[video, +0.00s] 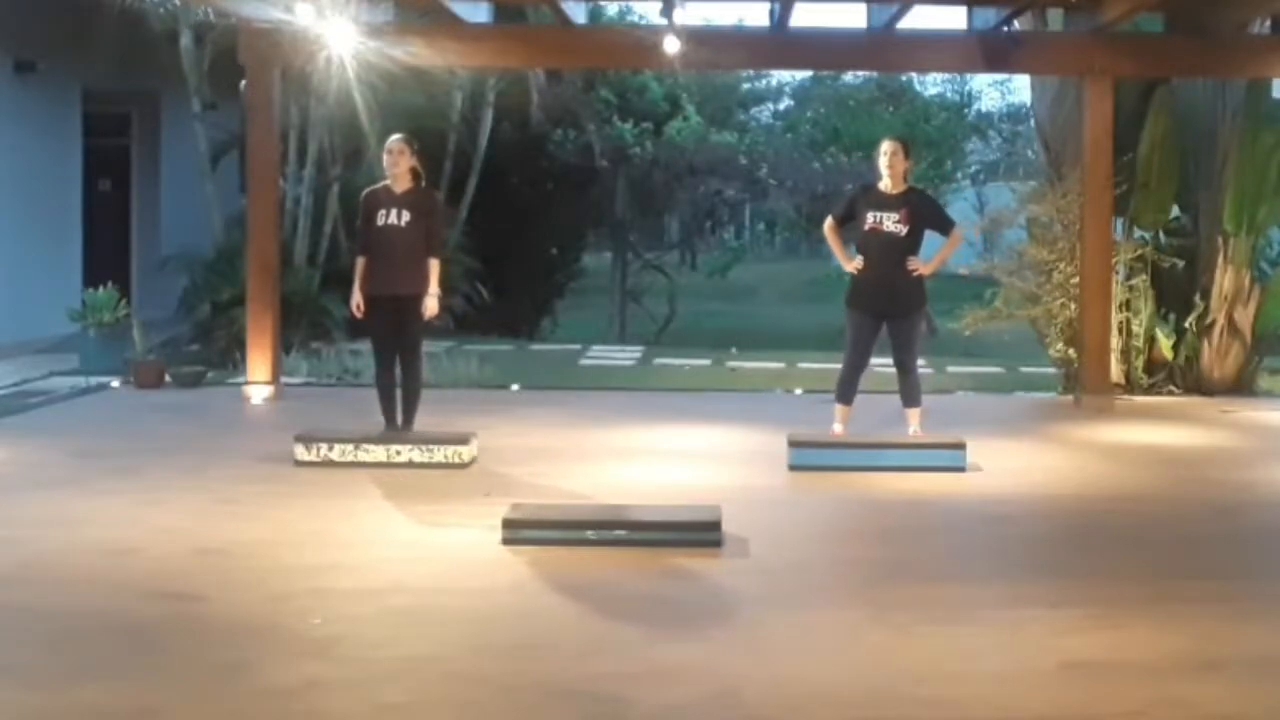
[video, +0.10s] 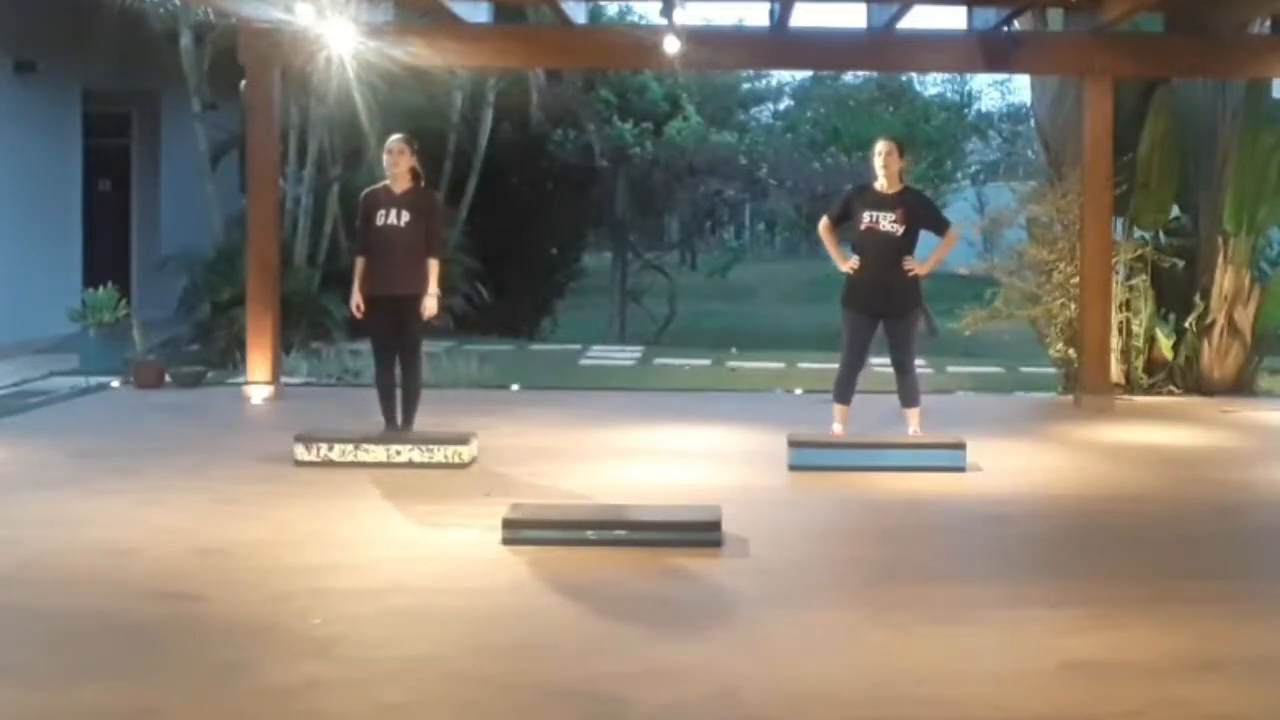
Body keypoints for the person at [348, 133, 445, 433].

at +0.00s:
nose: (392, 159)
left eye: (399, 153)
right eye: (388, 153)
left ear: (413, 159)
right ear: (382, 158)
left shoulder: (428, 199)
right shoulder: (371, 197)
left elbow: (434, 249)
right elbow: (363, 247)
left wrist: (432, 291)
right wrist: (356, 287)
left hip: (412, 294)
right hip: (378, 294)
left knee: (410, 361)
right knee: (384, 361)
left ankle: (407, 424)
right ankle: (389, 423)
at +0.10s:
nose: (392, 159)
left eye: (399, 153)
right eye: (388, 153)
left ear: (413, 159)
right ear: (382, 157)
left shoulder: (428, 199)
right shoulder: (370, 197)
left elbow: (433, 249)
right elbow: (362, 247)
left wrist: (432, 291)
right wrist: (356, 288)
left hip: (411, 294)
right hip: (377, 294)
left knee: (410, 362)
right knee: (383, 362)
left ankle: (407, 424)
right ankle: (389, 422)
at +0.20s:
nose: (392, 159)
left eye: (399, 153)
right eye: (388, 153)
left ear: (412, 159)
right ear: (382, 157)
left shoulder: (426, 199)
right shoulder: (370, 197)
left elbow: (433, 249)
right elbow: (362, 247)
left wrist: (431, 291)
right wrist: (356, 288)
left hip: (411, 295)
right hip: (377, 294)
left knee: (410, 362)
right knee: (383, 363)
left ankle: (407, 425)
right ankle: (389, 423)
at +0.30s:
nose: (391, 159)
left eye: (399, 153)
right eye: (387, 153)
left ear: (412, 159)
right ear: (382, 157)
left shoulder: (426, 200)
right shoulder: (370, 198)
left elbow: (432, 250)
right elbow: (362, 247)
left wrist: (431, 292)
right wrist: (355, 288)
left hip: (411, 295)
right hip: (377, 294)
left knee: (410, 363)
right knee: (383, 363)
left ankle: (407, 425)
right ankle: (389, 424)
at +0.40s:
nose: (391, 159)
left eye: (398, 153)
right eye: (387, 153)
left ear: (412, 159)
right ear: (381, 158)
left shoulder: (426, 200)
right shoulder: (370, 198)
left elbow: (432, 250)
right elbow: (361, 248)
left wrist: (431, 292)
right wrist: (355, 288)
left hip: (411, 295)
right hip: (377, 295)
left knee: (410, 363)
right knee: (383, 363)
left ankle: (407, 425)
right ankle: (389, 424)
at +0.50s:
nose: (390, 159)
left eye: (397, 154)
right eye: (386, 153)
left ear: (411, 159)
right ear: (381, 158)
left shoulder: (425, 199)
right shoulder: (370, 198)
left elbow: (432, 249)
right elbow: (361, 248)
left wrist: (431, 292)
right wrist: (355, 288)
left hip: (410, 295)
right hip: (377, 295)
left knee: (409, 363)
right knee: (383, 364)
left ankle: (407, 425)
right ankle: (389, 424)